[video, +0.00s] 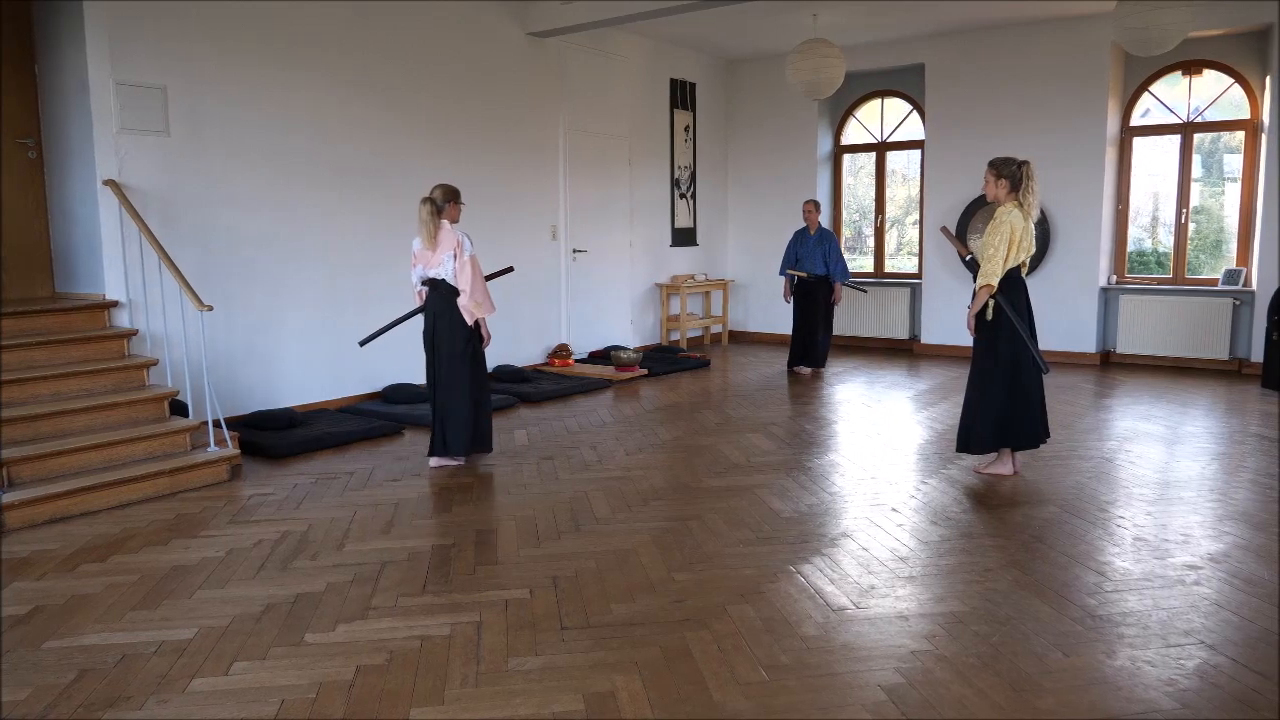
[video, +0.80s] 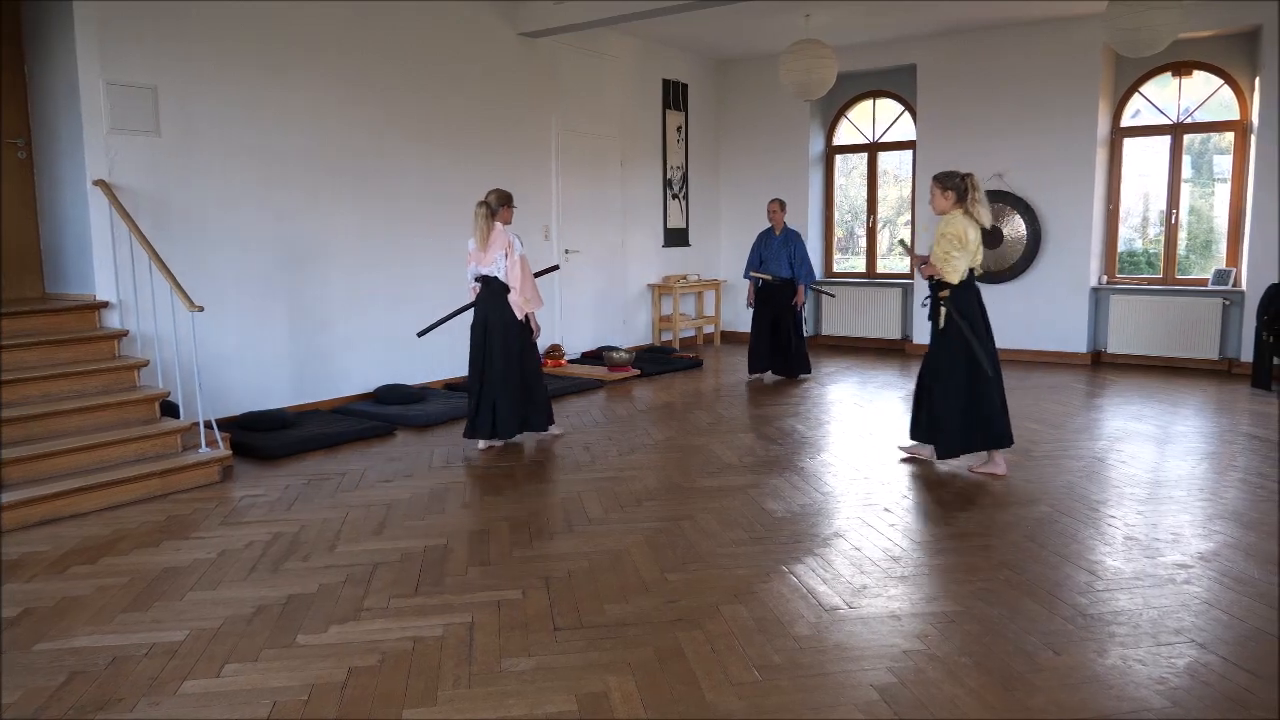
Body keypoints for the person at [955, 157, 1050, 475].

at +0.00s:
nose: (984, 187)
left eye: (988, 181)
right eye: (985, 181)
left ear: (1003, 184)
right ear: (1010, 185)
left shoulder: (1004, 217)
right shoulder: (1022, 216)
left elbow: (992, 269)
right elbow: (994, 266)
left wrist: (973, 308)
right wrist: (965, 251)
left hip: (1000, 302)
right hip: (1015, 298)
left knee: (1000, 375)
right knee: (1008, 375)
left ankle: (1005, 457)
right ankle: (1007, 454)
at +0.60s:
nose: (956, 192)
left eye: (959, 187)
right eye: (957, 186)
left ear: (975, 188)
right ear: (980, 189)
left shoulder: (976, 218)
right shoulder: (995, 215)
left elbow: (983, 265)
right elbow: (996, 257)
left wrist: (950, 277)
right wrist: (956, 250)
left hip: (978, 304)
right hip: (991, 301)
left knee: (988, 376)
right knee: (984, 375)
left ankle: (999, 458)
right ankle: (984, 449)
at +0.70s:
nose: (945, 195)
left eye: (948, 190)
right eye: (945, 189)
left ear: (963, 191)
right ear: (969, 191)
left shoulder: (965, 220)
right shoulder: (984, 217)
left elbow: (971, 265)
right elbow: (981, 258)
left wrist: (942, 266)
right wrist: (940, 252)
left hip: (966, 303)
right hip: (981, 300)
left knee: (950, 373)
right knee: (985, 375)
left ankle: (997, 459)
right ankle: (949, 443)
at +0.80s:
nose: (930, 200)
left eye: (933, 194)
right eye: (931, 194)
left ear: (949, 196)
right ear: (954, 196)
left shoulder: (951, 226)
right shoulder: (970, 222)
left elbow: (951, 272)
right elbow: (974, 263)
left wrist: (926, 270)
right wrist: (934, 261)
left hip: (955, 306)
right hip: (969, 302)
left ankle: (996, 459)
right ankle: (930, 445)